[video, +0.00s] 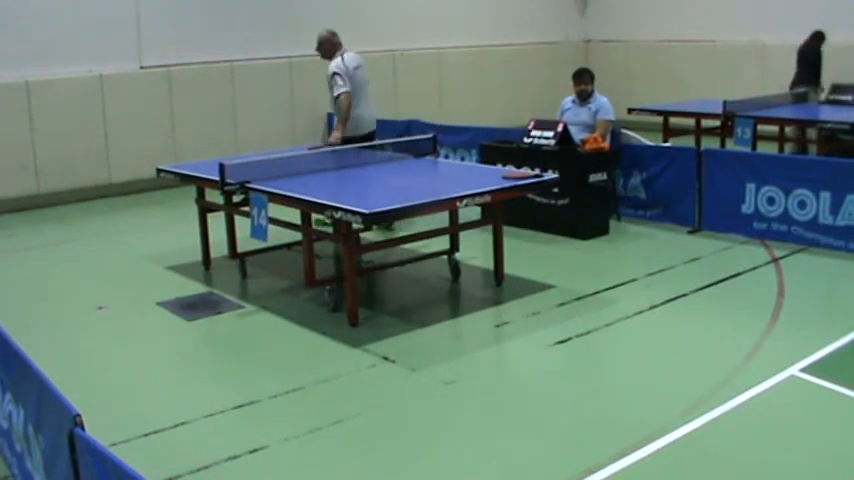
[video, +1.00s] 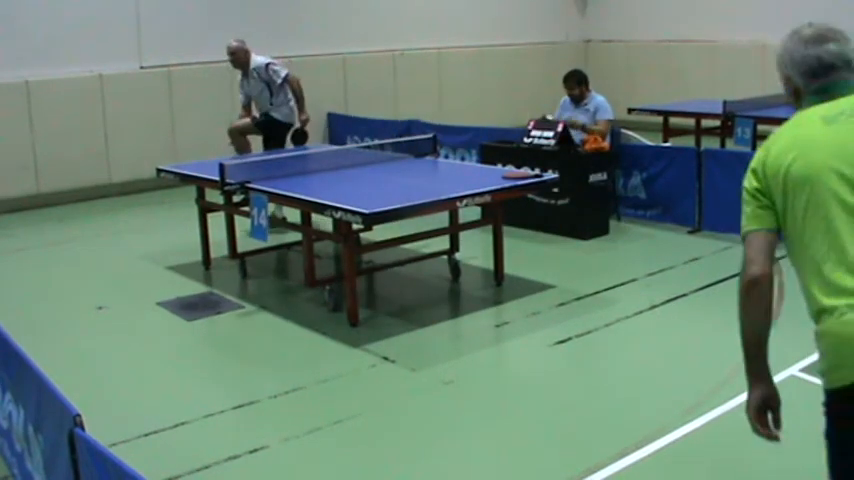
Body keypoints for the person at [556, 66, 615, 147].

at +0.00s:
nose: (582, 88)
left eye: (586, 84)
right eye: (578, 85)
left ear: (592, 85)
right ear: (573, 86)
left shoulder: (602, 103)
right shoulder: (566, 103)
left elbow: (601, 135)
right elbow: (560, 127)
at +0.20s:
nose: (580, 89)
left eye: (584, 86)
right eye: (576, 86)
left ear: (591, 86)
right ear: (572, 87)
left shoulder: (602, 104)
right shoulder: (566, 103)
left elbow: (604, 134)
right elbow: (560, 126)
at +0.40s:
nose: (576, 91)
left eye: (580, 88)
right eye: (574, 87)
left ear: (590, 87)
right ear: (570, 87)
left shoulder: (602, 103)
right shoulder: (566, 103)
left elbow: (606, 133)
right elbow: (559, 126)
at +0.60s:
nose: (575, 91)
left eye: (579, 87)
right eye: (572, 87)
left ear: (588, 87)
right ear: (569, 87)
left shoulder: (601, 104)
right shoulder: (565, 103)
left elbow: (602, 133)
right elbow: (559, 126)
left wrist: (583, 134)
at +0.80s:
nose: (572, 92)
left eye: (576, 89)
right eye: (570, 88)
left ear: (586, 88)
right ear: (568, 88)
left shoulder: (601, 103)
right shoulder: (566, 102)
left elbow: (601, 134)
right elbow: (559, 127)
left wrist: (580, 133)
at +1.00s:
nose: (569, 93)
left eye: (572, 89)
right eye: (567, 90)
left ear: (584, 88)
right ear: (565, 89)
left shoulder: (600, 103)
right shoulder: (565, 102)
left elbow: (602, 132)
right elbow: (556, 124)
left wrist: (581, 127)